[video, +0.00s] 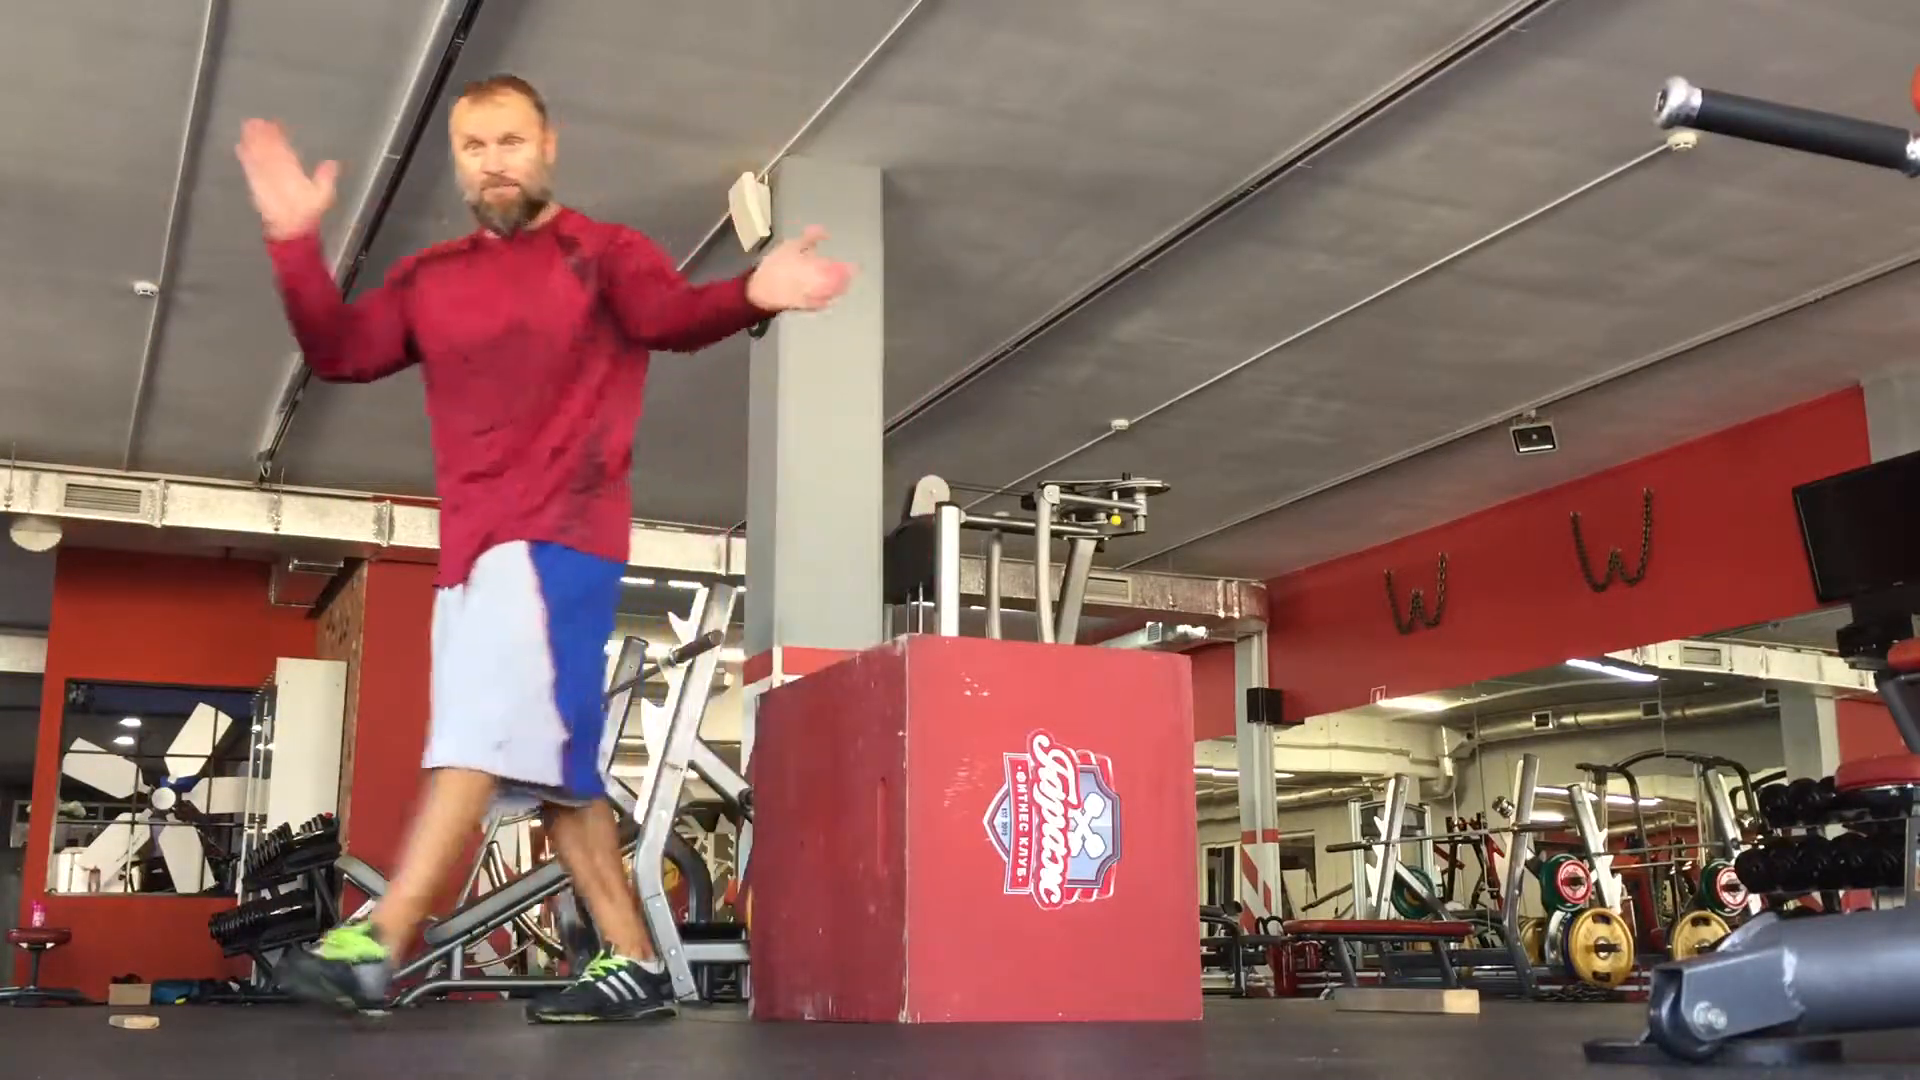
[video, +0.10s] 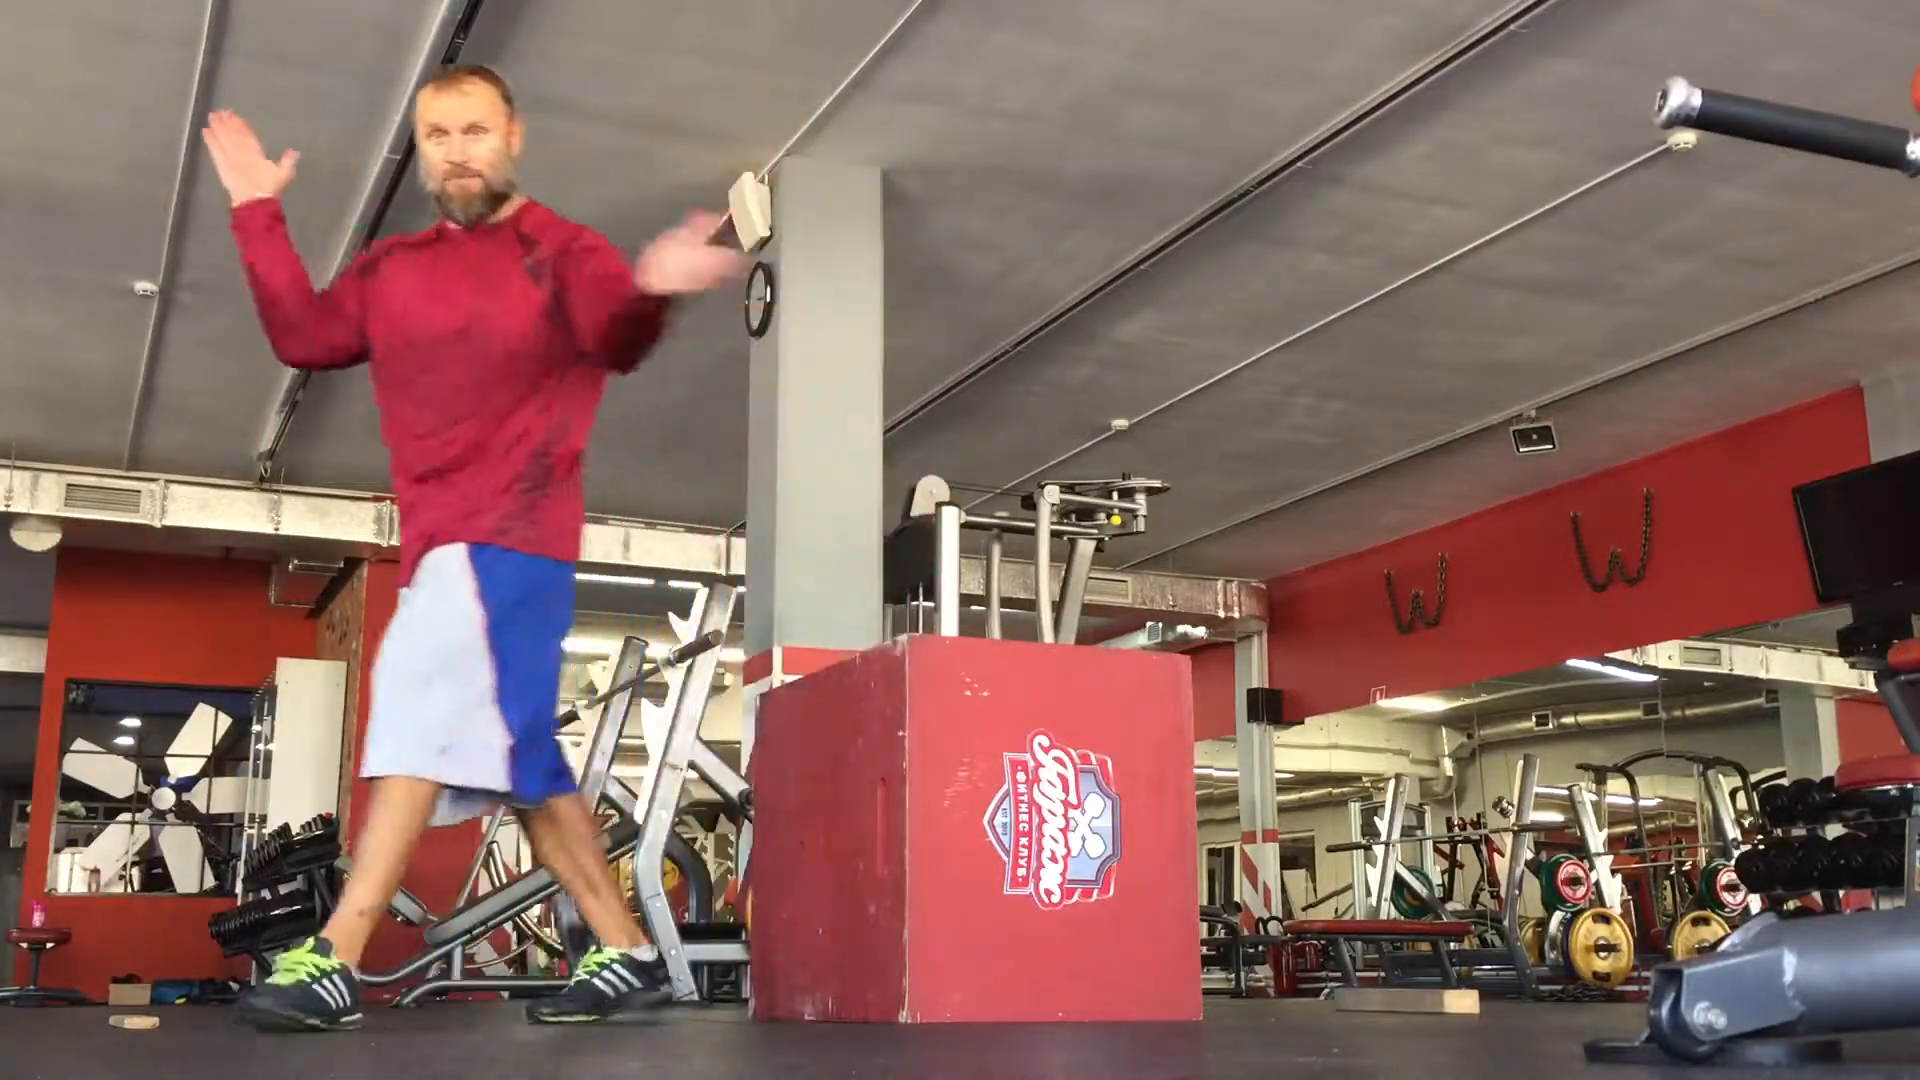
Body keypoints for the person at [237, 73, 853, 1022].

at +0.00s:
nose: (491, 160)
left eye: (510, 140)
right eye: (473, 145)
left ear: (548, 147)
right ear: (455, 161)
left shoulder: (602, 250)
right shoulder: (427, 279)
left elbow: (665, 313)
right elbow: (339, 349)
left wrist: (749, 291)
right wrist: (297, 242)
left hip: (564, 527)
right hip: (473, 535)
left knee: (474, 730)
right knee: (559, 758)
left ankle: (380, 945)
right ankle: (635, 963)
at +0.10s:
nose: (456, 149)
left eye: (475, 129)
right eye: (437, 134)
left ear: (516, 140)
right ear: (419, 153)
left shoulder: (560, 249)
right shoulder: (387, 270)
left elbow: (615, 341)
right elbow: (302, 336)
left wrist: (646, 289)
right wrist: (256, 209)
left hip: (514, 529)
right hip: (436, 532)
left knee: (413, 715)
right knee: (522, 746)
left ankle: (335, 959)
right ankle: (628, 950)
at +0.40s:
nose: (336, 75)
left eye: (360, 55)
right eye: (320, 56)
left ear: (405, 72)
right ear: (298, 74)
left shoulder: (455, 200)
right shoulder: (258, 192)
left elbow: (438, 322)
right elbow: (179, 315)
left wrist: (283, 285)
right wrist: (223, 292)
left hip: (378, 499)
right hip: (255, 497)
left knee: (358, 726)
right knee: (184, 716)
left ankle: (332, 961)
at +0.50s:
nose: (296, 58)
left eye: (318, 38)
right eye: (277, 38)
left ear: (360, 54)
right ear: (251, 54)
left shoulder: (415, 190)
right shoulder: (200, 180)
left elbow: (398, 320)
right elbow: (122, 305)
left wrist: (252, 314)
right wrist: (185, 312)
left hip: (330, 494)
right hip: (192, 480)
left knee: (336, 720)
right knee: (87, 677)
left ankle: (330, 958)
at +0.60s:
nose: (243, 51)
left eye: (267, 31)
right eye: (222, 31)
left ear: (308, 49)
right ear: (196, 47)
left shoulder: (364, 187)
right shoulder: (133, 174)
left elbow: (361, 324)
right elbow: (67, 314)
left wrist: (230, 324)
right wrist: (136, 309)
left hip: (280, 494)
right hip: (123, 479)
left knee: (305, 714)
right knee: (11, 675)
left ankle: (325, 958)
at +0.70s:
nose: (189, 50)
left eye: (213, 32)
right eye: (168, 29)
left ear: (247, 51)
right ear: (133, 42)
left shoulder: (305, 196)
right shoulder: (52, 169)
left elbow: (345, 340)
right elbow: (1, 312)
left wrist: (248, 334)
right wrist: (86, 316)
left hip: (224, 508)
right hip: (53, 494)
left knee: (265, 710)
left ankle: (317, 949)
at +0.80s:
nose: (127, 47)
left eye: (153, 31)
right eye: (108, 21)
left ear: (181, 51)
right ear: (65, 28)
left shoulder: (221, 204)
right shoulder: (10, 151)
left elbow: (293, 350)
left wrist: (269, 368)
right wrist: (52, 325)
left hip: (160, 511)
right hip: (14, 508)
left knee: (217, 698)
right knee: (2, 719)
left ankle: (300, 934)